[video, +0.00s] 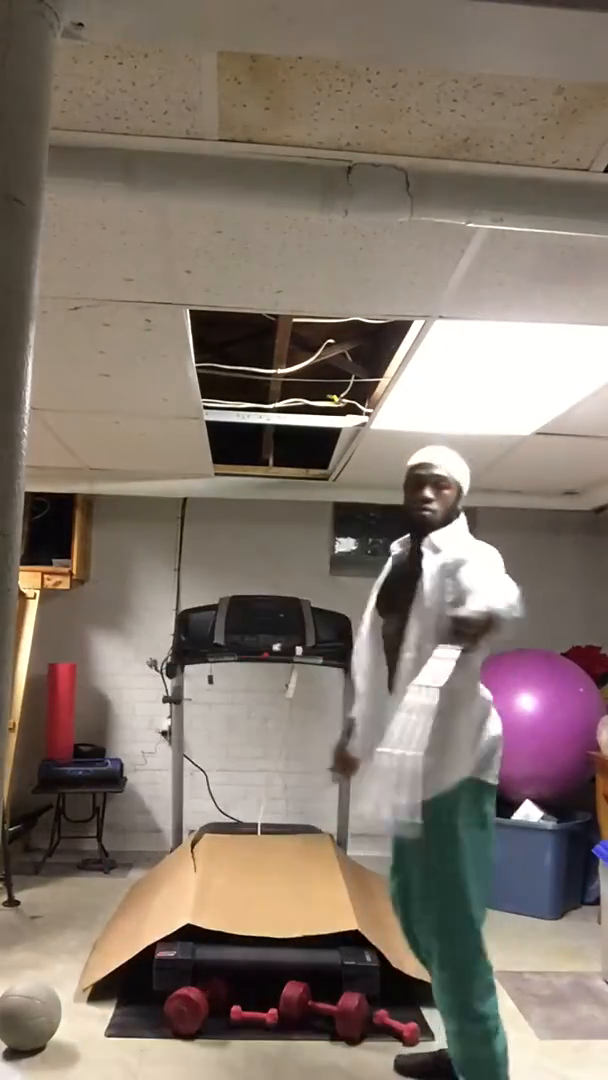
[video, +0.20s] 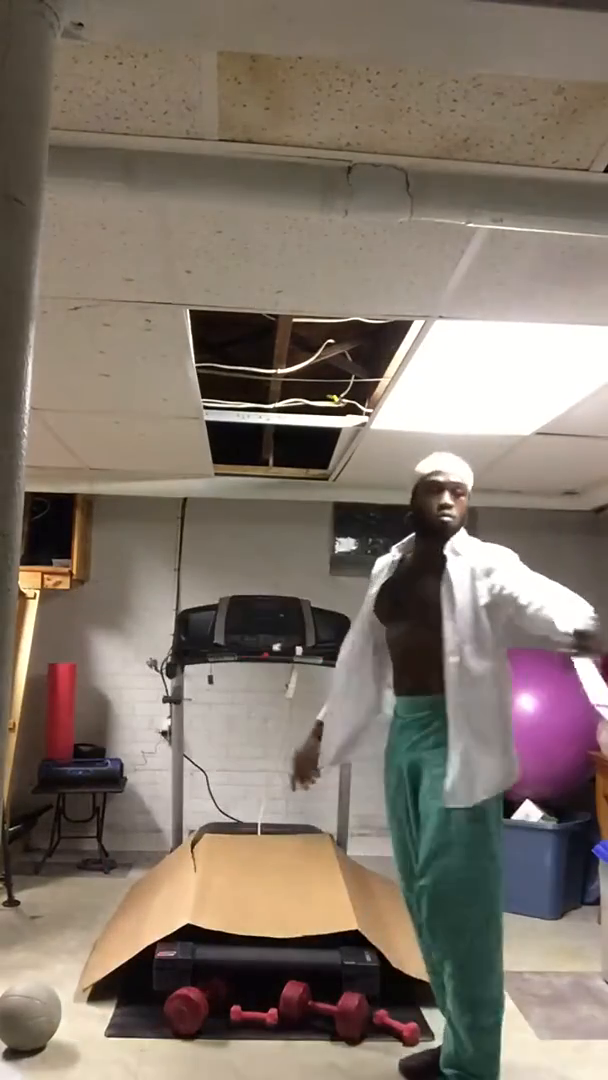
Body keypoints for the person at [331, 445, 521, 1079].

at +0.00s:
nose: (426, 494)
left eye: (440, 485)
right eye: (416, 484)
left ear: (462, 496)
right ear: (405, 494)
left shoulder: (471, 554)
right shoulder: (394, 564)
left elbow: (503, 599)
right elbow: (368, 659)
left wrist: (481, 616)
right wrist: (353, 737)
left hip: (453, 755)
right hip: (405, 756)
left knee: (449, 916)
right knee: (412, 907)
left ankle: (482, 1066)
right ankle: (462, 1049)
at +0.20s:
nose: (445, 499)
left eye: (456, 491)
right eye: (433, 489)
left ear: (468, 503)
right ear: (411, 500)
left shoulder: (484, 563)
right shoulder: (388, 570)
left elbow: (533, 599)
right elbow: (358, 665)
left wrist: (587, 629)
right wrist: (319, 735)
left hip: (458, 732)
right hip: (401, 729)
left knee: (454, 893)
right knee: (422, 891)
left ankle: (472, 1061)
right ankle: (460, 1043)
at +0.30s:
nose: (448, 503)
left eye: (459, 494)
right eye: (437, 493)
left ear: (471, 504)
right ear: (416, 503)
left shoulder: (493, 567)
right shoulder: (386, 571)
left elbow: (574, 612)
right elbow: (358, 664)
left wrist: (597, 641)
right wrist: (316, 737)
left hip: (465, 732)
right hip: (401, 730)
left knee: (458, 898)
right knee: (425, 896)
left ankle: (466, 1061)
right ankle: (457, 1042)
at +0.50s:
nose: (454, 509)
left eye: (464, 500)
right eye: (442, 499)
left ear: (475, 510)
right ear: (419, 510)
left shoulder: (500, 573)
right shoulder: (384, 576)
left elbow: (584, 615)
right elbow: (355, 665)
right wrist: (324, 741)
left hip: (468, 727)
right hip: (401, 728)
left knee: (463, 895)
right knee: (427, 892)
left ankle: (454, 1055)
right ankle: (462, 1034)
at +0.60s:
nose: (455, 510)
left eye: (464, 501)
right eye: (442, 501)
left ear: (475, 510)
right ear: (420, 509)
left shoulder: (501, 573)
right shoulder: (381, 578)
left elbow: (584, 616)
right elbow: (354, 666)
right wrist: (331, 740)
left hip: (471, 728)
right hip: (401, 730)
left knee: (463, 900)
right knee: (429, 898)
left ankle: (445, 1060)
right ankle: (467, 1035)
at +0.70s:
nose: (454, 512)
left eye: (463, 503)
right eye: (441, 503)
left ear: (475, 512)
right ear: (419, 510)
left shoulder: (502, 573)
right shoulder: (380, 578)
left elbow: (583, 615)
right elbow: (354, 664)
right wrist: (336, 743)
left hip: (472, 727)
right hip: (401, 727)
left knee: (463, 899)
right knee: (429, 897)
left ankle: (444, 1059)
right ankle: (467, 1034)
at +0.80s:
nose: (452, 515)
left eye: (461, 505)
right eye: (440, 505)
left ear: (473, 513)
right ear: (418, 512)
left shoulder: (501, 573)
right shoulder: (379, 579)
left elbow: (582, 616)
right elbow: (355, 665)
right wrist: (340, 743)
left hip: (472, 727)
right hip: (400, 730)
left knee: (463, 897)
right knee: (428, 897)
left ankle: (444, 1053)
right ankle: (468, 1034)